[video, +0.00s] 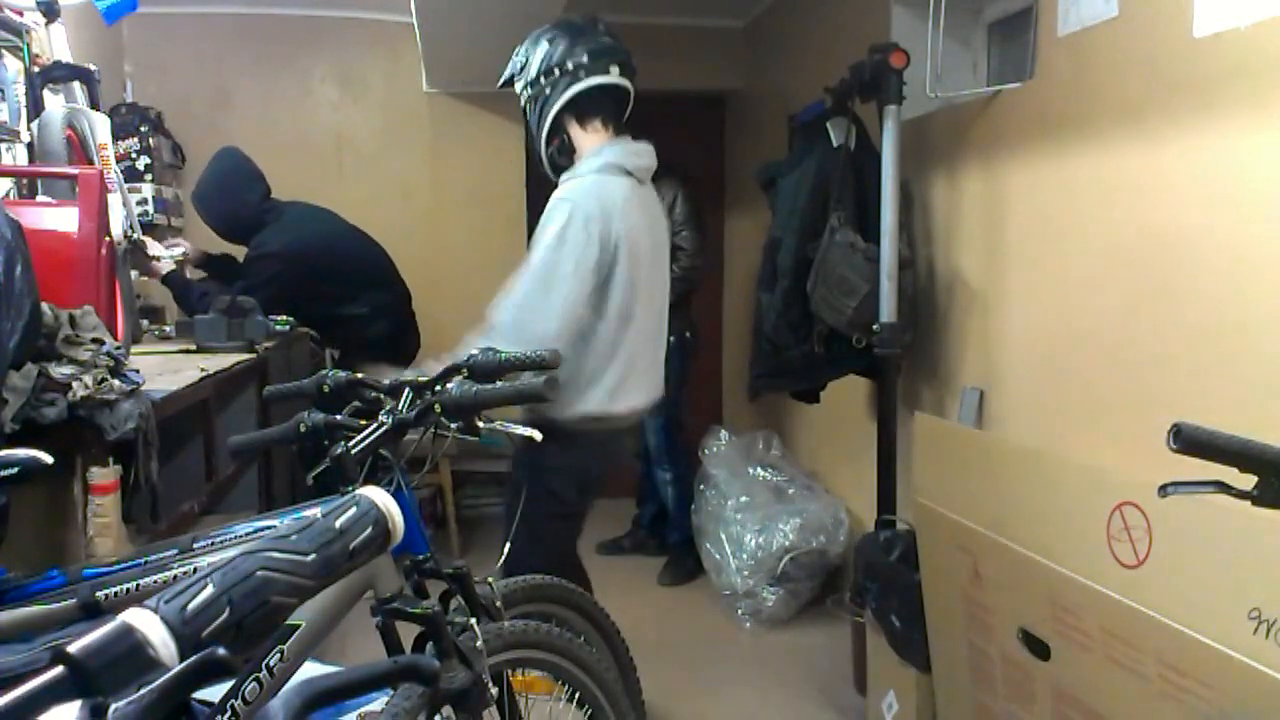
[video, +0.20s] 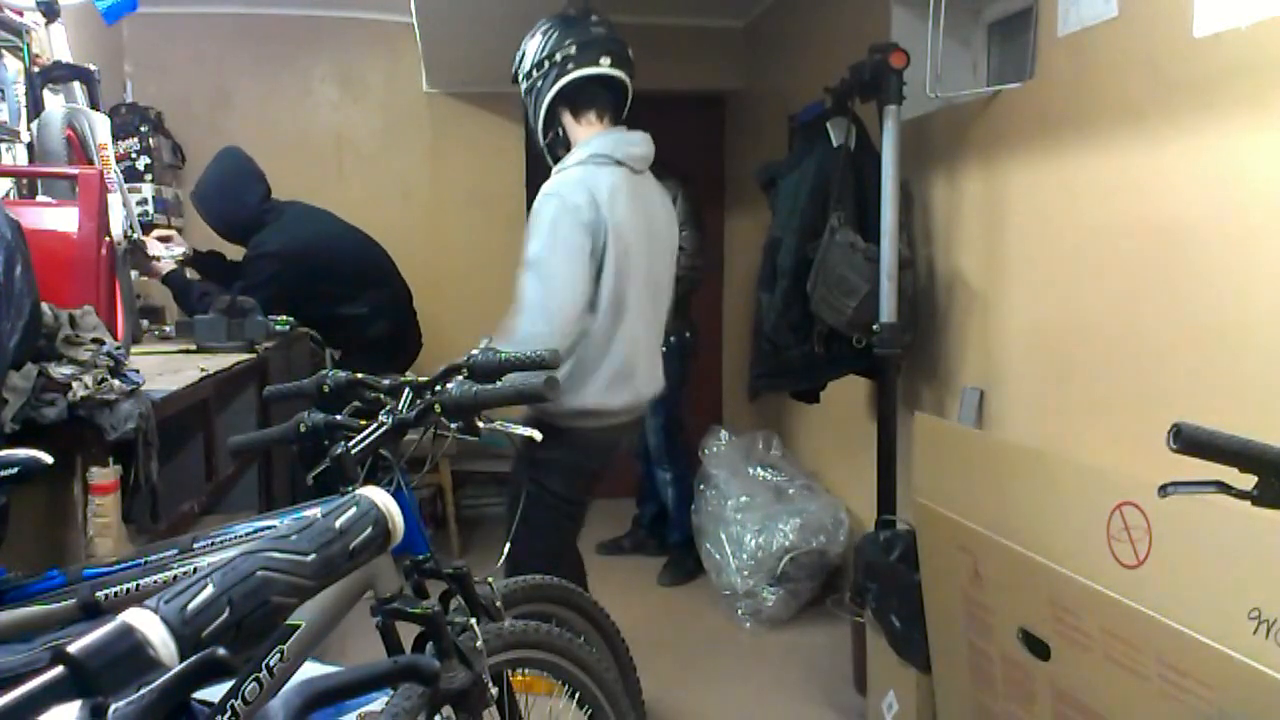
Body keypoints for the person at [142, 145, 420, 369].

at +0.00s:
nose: (214, 224)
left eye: (212, 215)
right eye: (210, 215)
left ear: (228, 211)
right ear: (253, 192)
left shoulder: (274, 250)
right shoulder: (291, 217)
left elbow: (232, 314)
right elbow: (252, 283)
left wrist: (172, 278)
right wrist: (202, 259)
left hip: (375, 353)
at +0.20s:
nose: (214, 223)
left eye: (212, 214)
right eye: (210, 215)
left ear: (229, 210)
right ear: (253, 192)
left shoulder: (272, 250)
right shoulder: (288, 217)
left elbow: (231, 316)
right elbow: (247, 282)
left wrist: (171, 275)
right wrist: (192, 256)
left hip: (379, 350)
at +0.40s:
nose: (214, 221)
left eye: (213, 212)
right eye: (211, 213)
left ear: (228, 210)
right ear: (254, 191)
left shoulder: (272, 251)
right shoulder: (288, 216)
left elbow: (229, 317)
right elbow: (246, 279)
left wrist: (170, 274)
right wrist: (190, 255)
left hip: (377, 349)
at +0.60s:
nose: (212, 222)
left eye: (212, 213)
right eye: (209, 213)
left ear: (227, 212)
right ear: (254, 190)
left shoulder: (273, 252)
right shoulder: (285, 216)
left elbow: (229, 314)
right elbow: (244, 276)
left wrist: (172, 276)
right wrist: (188, 253)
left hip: (373, 348)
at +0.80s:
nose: (210, 222)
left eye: (209, 214)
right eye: (207, 214)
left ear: (226, 211)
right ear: (251, 192)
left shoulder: (272, 252)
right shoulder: (284, 216)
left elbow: (226, 312)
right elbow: (246, 272)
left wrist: (171, 274)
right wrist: (186, 254)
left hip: (371, 348)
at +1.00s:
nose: (209, 223)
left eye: (209, 214)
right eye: (206, 215)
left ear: (224, 212)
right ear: (251, 191)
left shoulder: (272, 250)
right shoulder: (285, 218)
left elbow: (226, 315)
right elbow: (243, 279)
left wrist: (167, 275)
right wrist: (183, 264)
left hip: (372, 348)